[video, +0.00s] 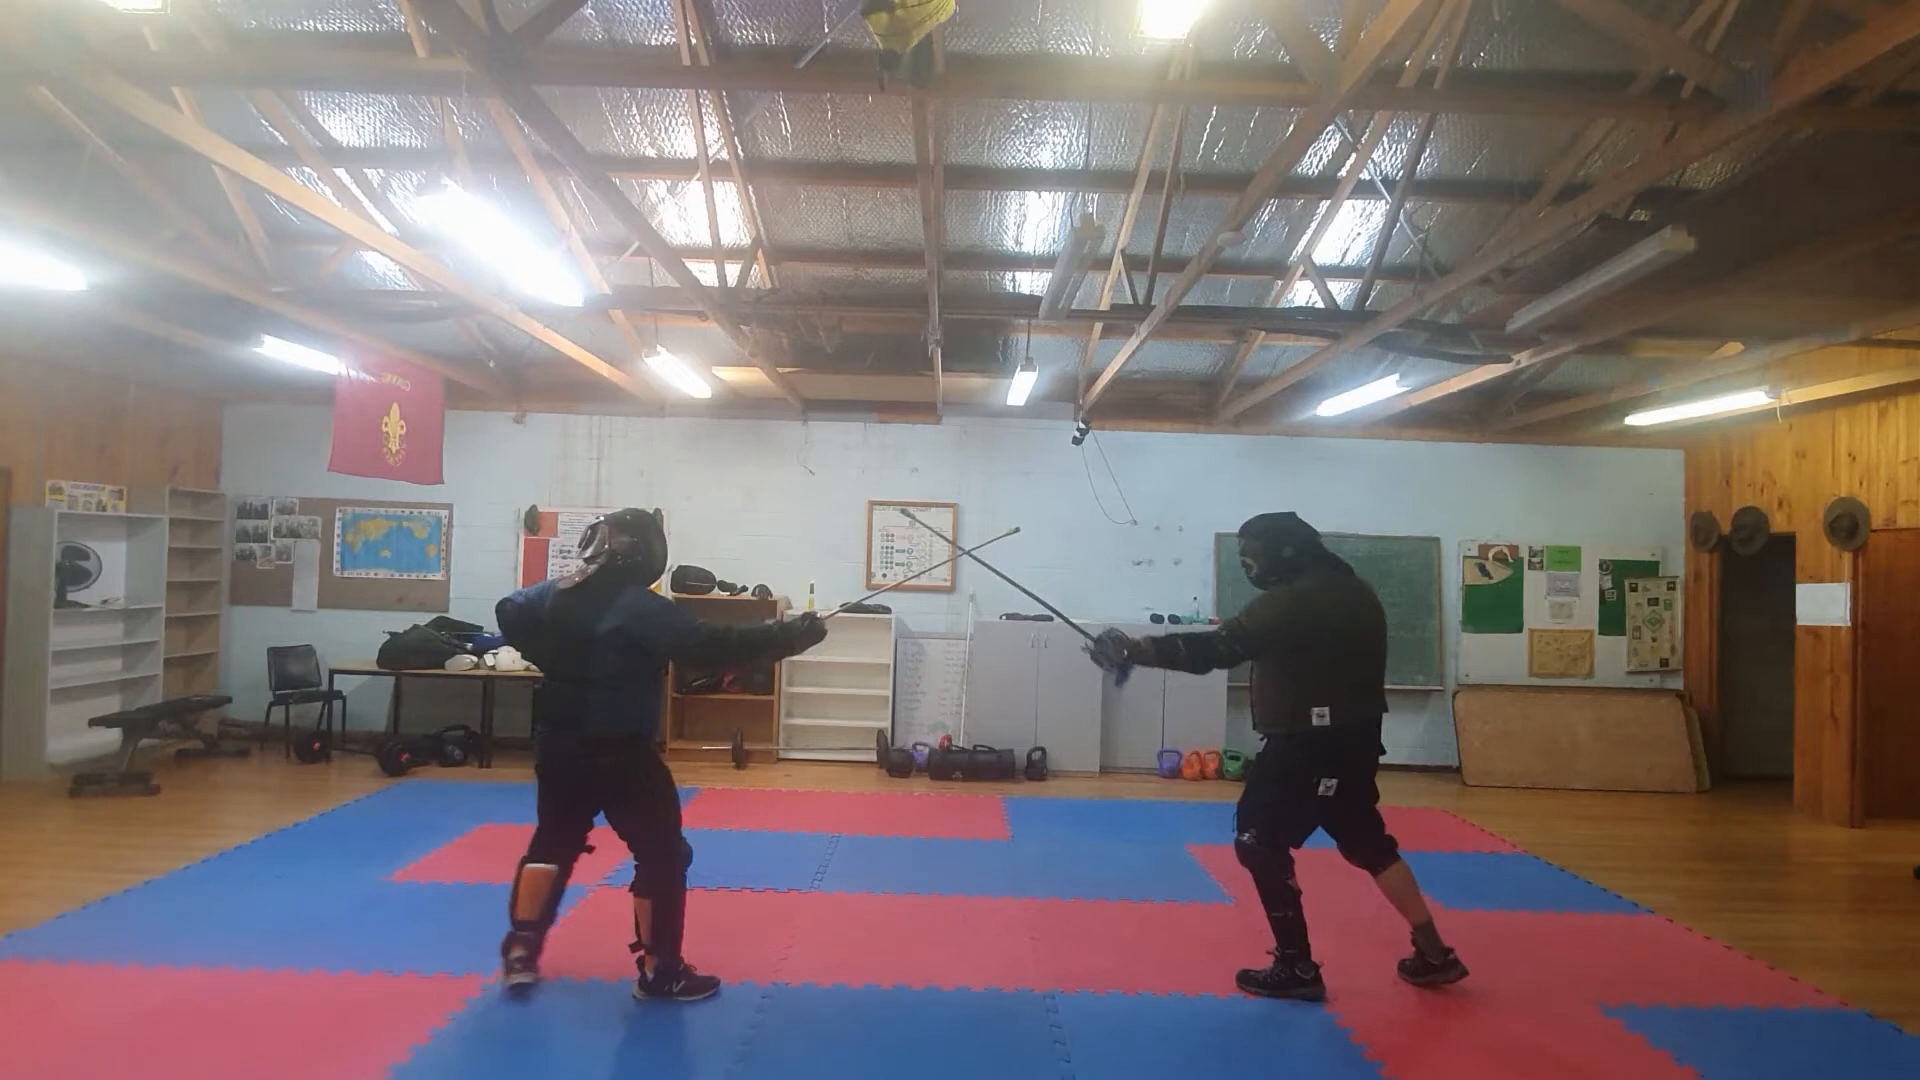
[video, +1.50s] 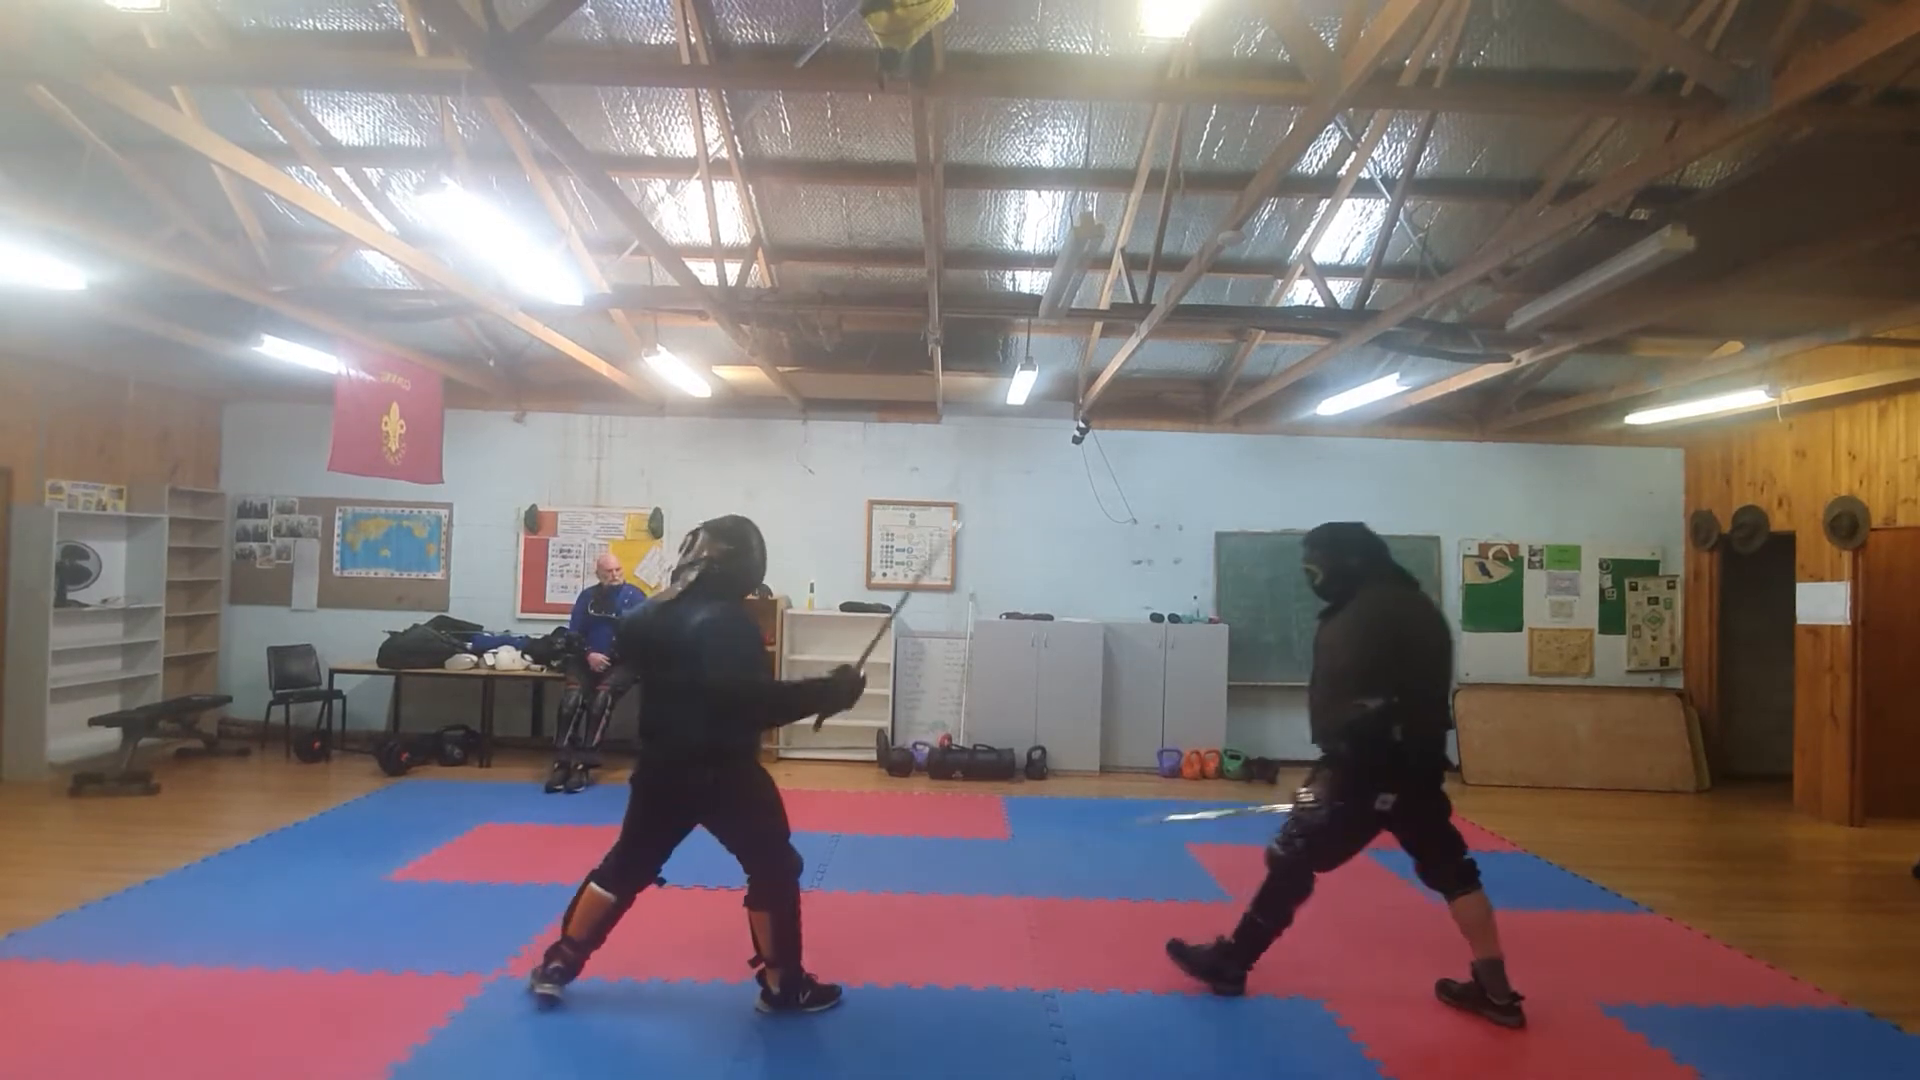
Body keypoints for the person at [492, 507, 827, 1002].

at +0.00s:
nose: (659, 566)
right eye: (657, 558)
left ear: (599, 549)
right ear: (649, 559)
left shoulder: (558, 602)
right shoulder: (645, 609)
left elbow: (508, 610)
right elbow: (714, 643)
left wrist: (549, 655)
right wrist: (797, 632)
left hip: (559, 757)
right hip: (625, 758)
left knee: (554, 840)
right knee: (662, 852)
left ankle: (520, 954)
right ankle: (661, 969)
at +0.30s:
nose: (650, 566)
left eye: (650, 557)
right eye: (647, 556)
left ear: (591, 552)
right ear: (632, 556)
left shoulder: (552, 607)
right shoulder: (630, 610)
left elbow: (505, 610)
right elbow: (701, 644)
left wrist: (548, 585)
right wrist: (779, 630)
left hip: (557, 764)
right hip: (624, 763)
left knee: (561, 851)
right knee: (678, 847)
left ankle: (532, 966)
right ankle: (667, 967)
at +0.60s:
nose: (662, 560)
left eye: (660, 552)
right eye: (658, 552)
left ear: (603, 550)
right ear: (647, 554)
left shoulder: (566, 604)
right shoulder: (643, 609)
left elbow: (520, 621)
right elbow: (697, 648)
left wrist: (564, 662)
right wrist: (785, 639)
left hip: (570, 766)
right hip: (632, 769)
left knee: (568, 855)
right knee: (663, 865)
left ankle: (535, 962)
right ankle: (705, 969)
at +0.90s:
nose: (697, 560)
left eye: (695, 551)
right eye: (694, 550)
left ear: (635, 548)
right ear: (682, 550)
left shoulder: (597, 602)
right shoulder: (674, 601)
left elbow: (549, 619)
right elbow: (708, 662)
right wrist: (782, 660)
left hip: (609, 762)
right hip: (675, 762)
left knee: (583, 855)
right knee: (714, 858)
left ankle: (540, 962)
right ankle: (720, 973)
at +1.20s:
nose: (706, 569)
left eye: (705, 558)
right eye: (702, 558)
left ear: (646, 554)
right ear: (684, 558)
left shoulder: (608, 602)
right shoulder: (664, 605)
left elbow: (560, 637)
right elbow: (643, 668)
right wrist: (709, 676)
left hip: (616, 765)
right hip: (671, 763)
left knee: (595, 859)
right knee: (743, 846)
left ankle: (544, 968)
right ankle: (748, 969)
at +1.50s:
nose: (756, 580)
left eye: (755, 570)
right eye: (755, 569)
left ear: (694, 559)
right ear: (742, 569)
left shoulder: (658, 615)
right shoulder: (728, 623)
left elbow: (624, 638)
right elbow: (749, 705)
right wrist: (831, 692)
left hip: (664, 775)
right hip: (728, 778)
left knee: (625, 866)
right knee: (774, 867)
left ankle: (560, 963)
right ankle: (782, 982)